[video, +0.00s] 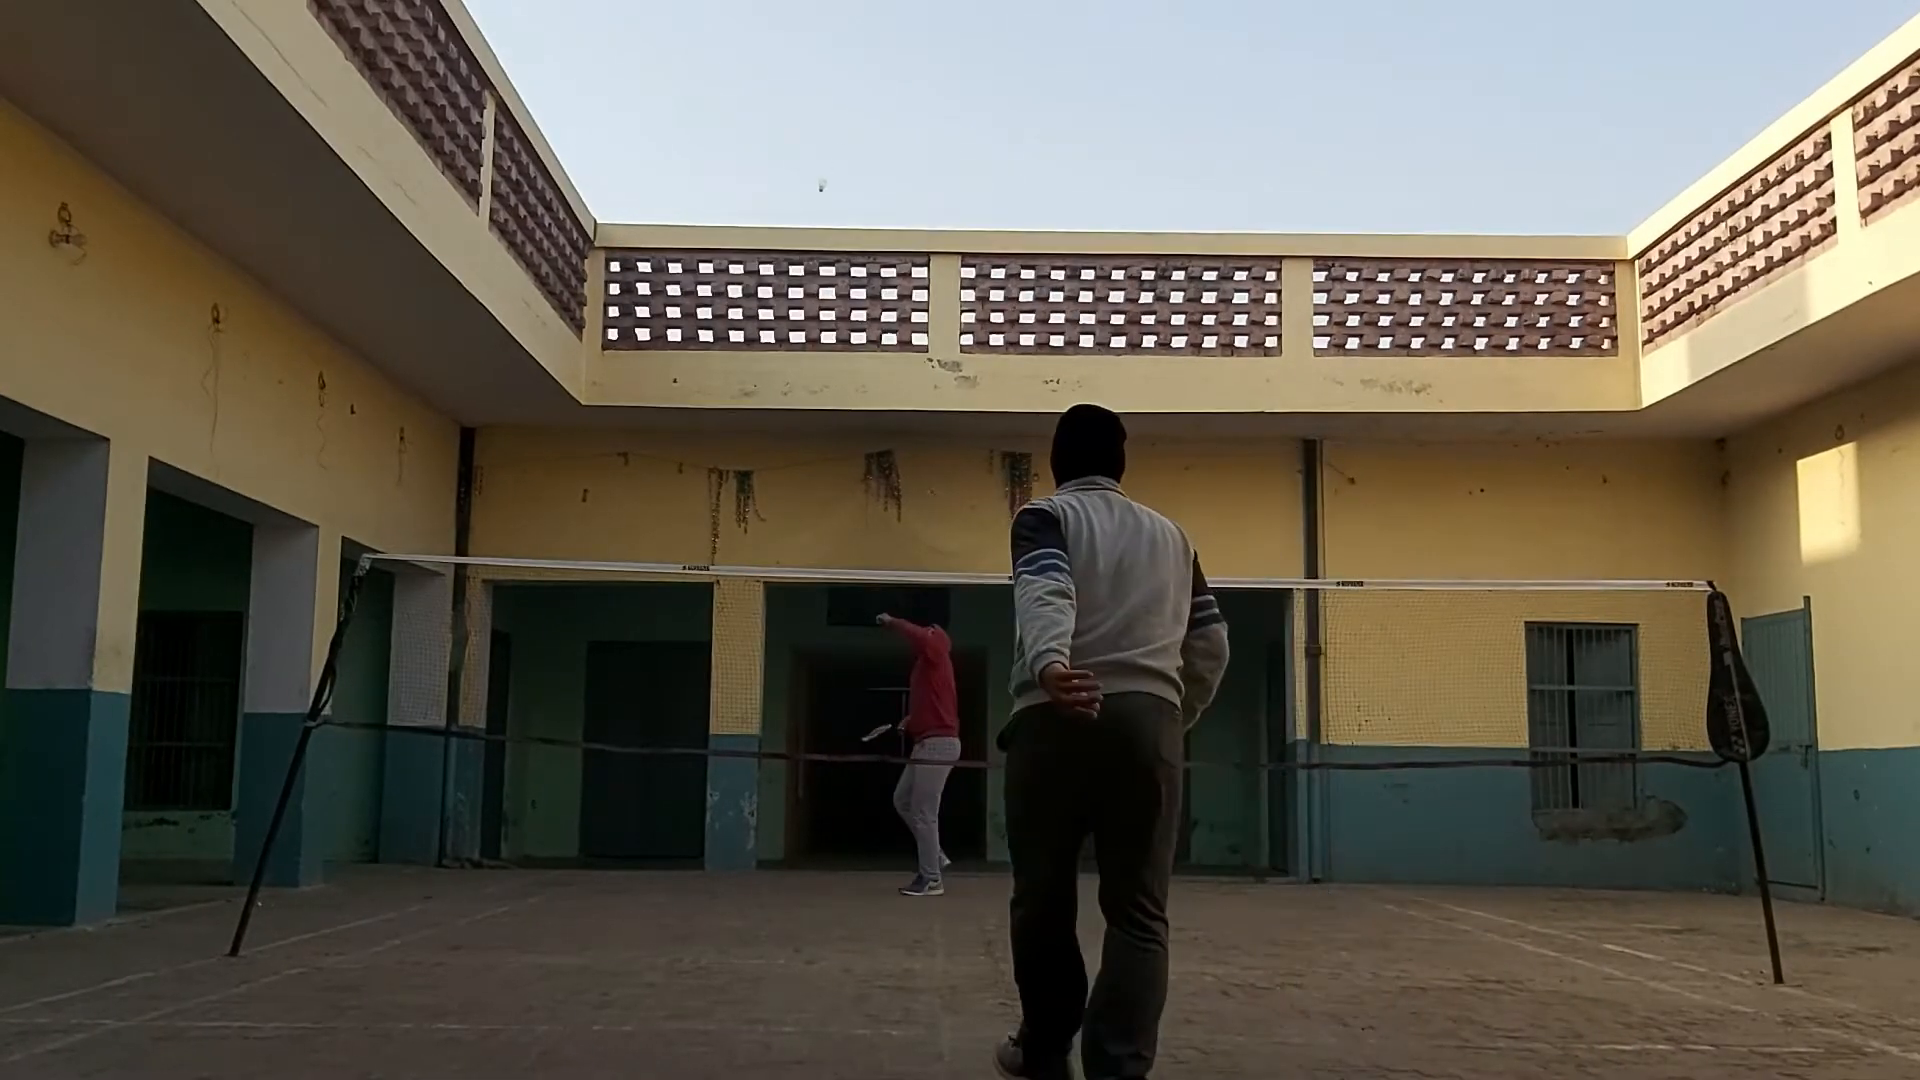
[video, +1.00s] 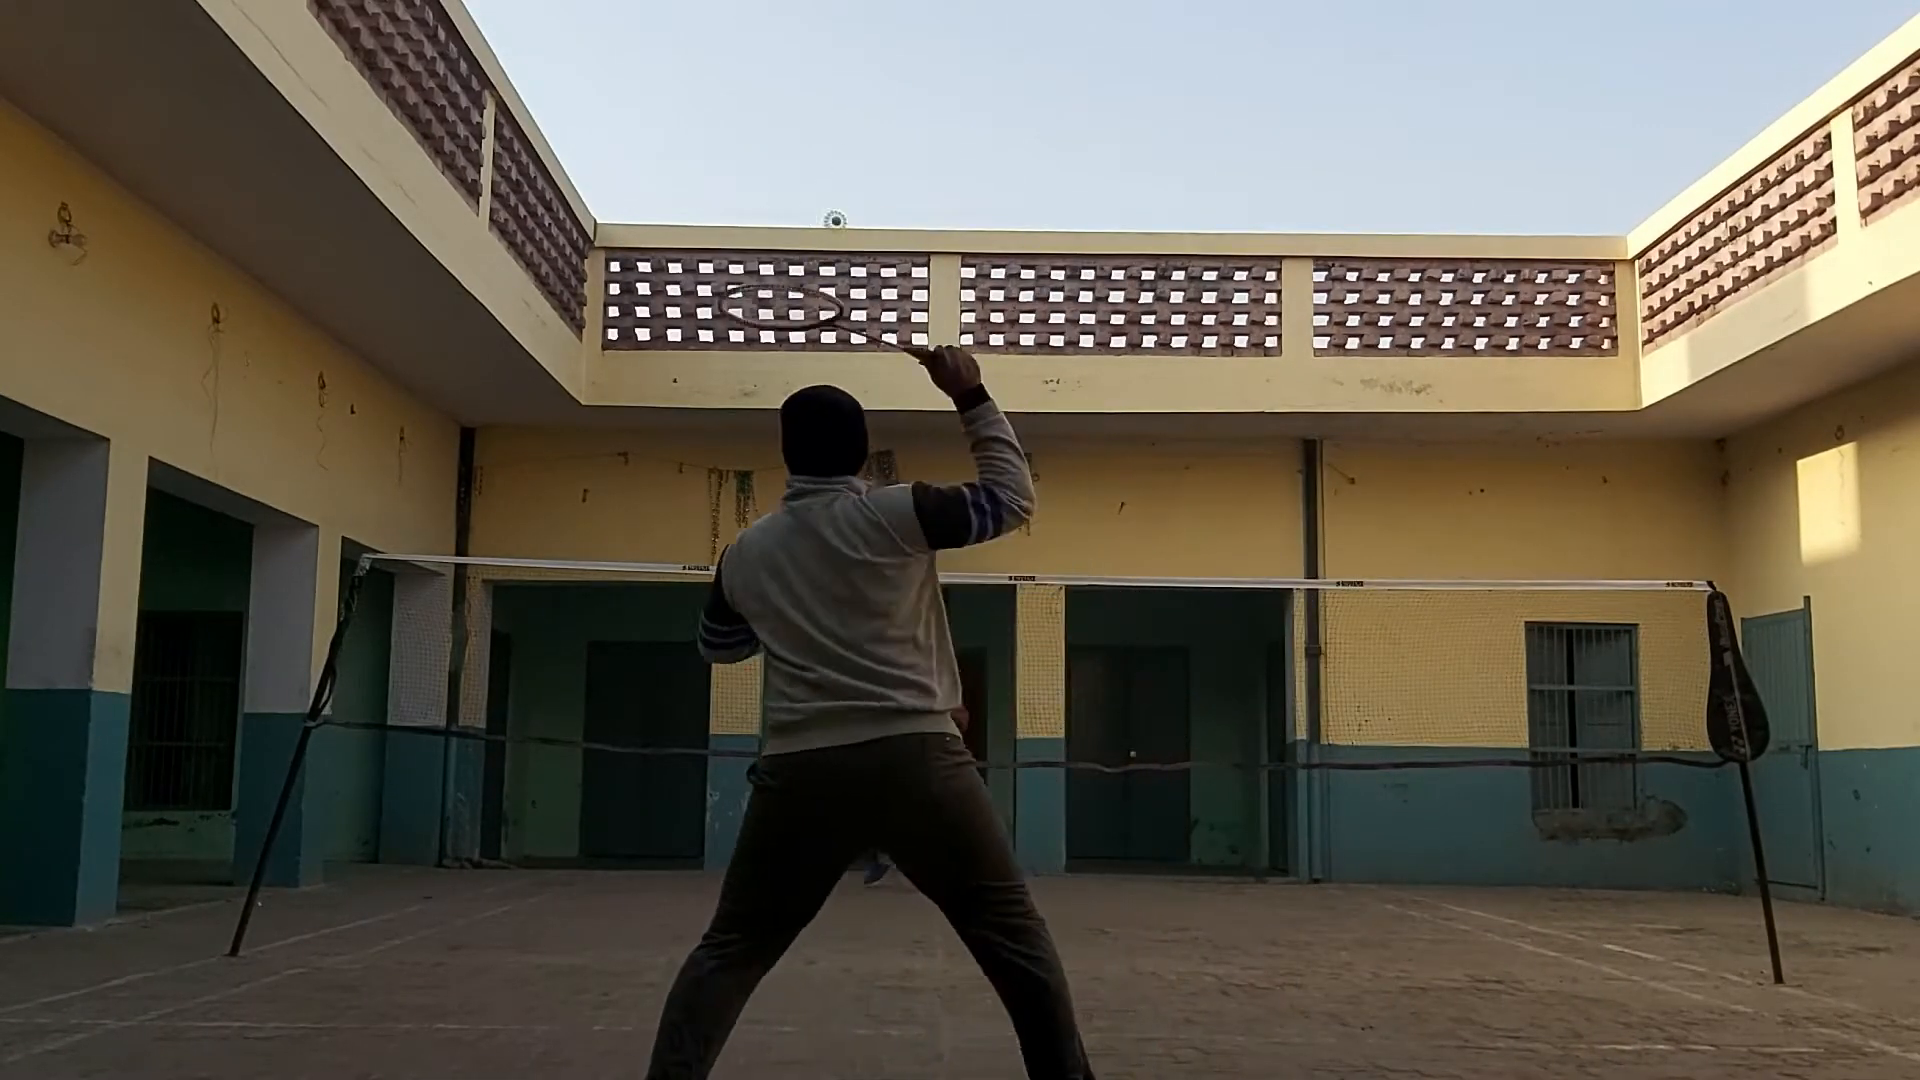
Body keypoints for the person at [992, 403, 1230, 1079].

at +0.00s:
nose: (1057, 474)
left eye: (1055, 463)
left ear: (1057, 466)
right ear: (1122, 466)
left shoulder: (1045, 516)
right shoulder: (1171, 535)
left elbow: (1046, 590)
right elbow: (1210, 646)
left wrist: (1048, 661)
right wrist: (1173, 716)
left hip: (1052, 723)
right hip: (1148, 726)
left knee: (1042, 897)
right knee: (1140, 908)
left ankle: (1047, 1049)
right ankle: (1122, 1064)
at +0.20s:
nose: (1020, 453)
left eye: (1021, 444)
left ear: (1024, 448)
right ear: (1093, 450)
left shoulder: (1000, 502)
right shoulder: (1147, 520)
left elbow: (969, 590)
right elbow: (1187, 620)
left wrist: (929, 696)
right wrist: (1150, 715)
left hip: (1008, 705)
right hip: (1113, 710)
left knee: (948, 885)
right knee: (1114, 902)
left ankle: (925, 1059)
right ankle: (1122, 1067)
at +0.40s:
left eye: (971, 458)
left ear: (968, 461)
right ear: (1039, 463)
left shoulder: (925, 527)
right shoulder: (1086, 537)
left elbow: (861, 639)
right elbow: (1135, 640)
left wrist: (825, 732)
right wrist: (1116, 736)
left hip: (942, 726)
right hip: (1055, 734)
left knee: (886, 907)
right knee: (1077, 901)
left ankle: (839, 1068)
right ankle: (1111, 1065)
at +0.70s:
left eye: (929, 440)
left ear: (921, 448)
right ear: (996, 450)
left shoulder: (866, 520)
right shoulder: (1035, 522)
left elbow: (810, 627)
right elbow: (1082, 637)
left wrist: (885, 655)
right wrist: (1082, 676)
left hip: (869, 731)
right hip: (985, 737)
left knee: (789, 903)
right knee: (1054, 919)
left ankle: (749, 1065)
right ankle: (1070, 1072)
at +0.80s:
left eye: (909, 455)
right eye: (966, 456)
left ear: (898, 462)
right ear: (972, 463)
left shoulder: (844, 542)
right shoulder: (1004, 539)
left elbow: (793, 653)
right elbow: (1069, 653)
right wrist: (1094, 618)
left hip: (846, 764)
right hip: (967, 769)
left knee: (767, 933)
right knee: (1054, 935)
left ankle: (680, 1072)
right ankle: (1077, 1077)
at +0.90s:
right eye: (922, 453)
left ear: (849, 461)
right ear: (922, 461)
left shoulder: (801, 550)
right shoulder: (950, 537)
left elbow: (764, 641)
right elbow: (1051, 594)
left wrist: (849, 635)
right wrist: (1064, 513)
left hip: (819, 780)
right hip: (939, 778)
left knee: (744, 948)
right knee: (1036, 937)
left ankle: (673, 1074)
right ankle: (1072, 1074)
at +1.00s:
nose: (860, 451)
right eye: (858, 440)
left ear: (786, 459)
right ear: (861, 452)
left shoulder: (746, 554)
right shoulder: (901, 511)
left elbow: (722, 643)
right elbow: (1009, 498)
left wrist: (786, 591)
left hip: (800, 773)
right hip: (920, 759)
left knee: (732, 950)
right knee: (1009, 929)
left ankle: (671, 1074)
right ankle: (1067, 1070)